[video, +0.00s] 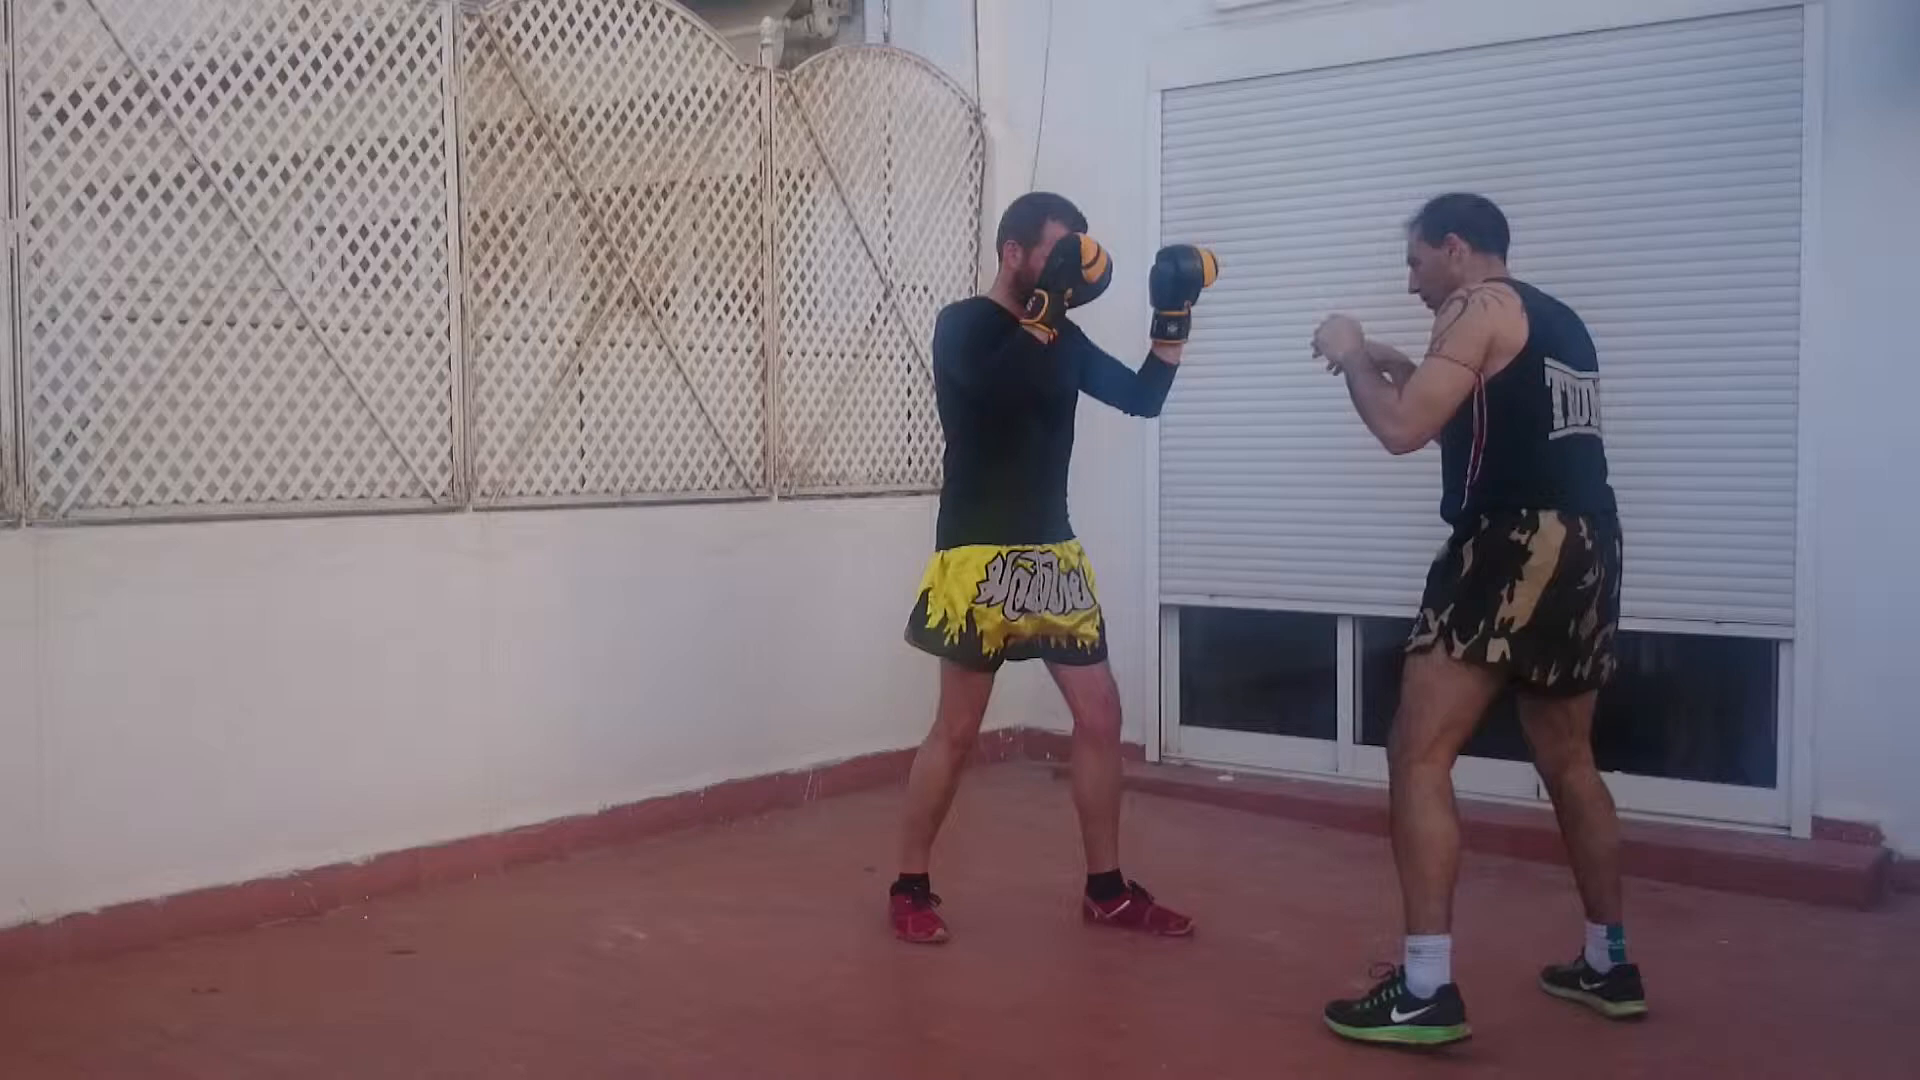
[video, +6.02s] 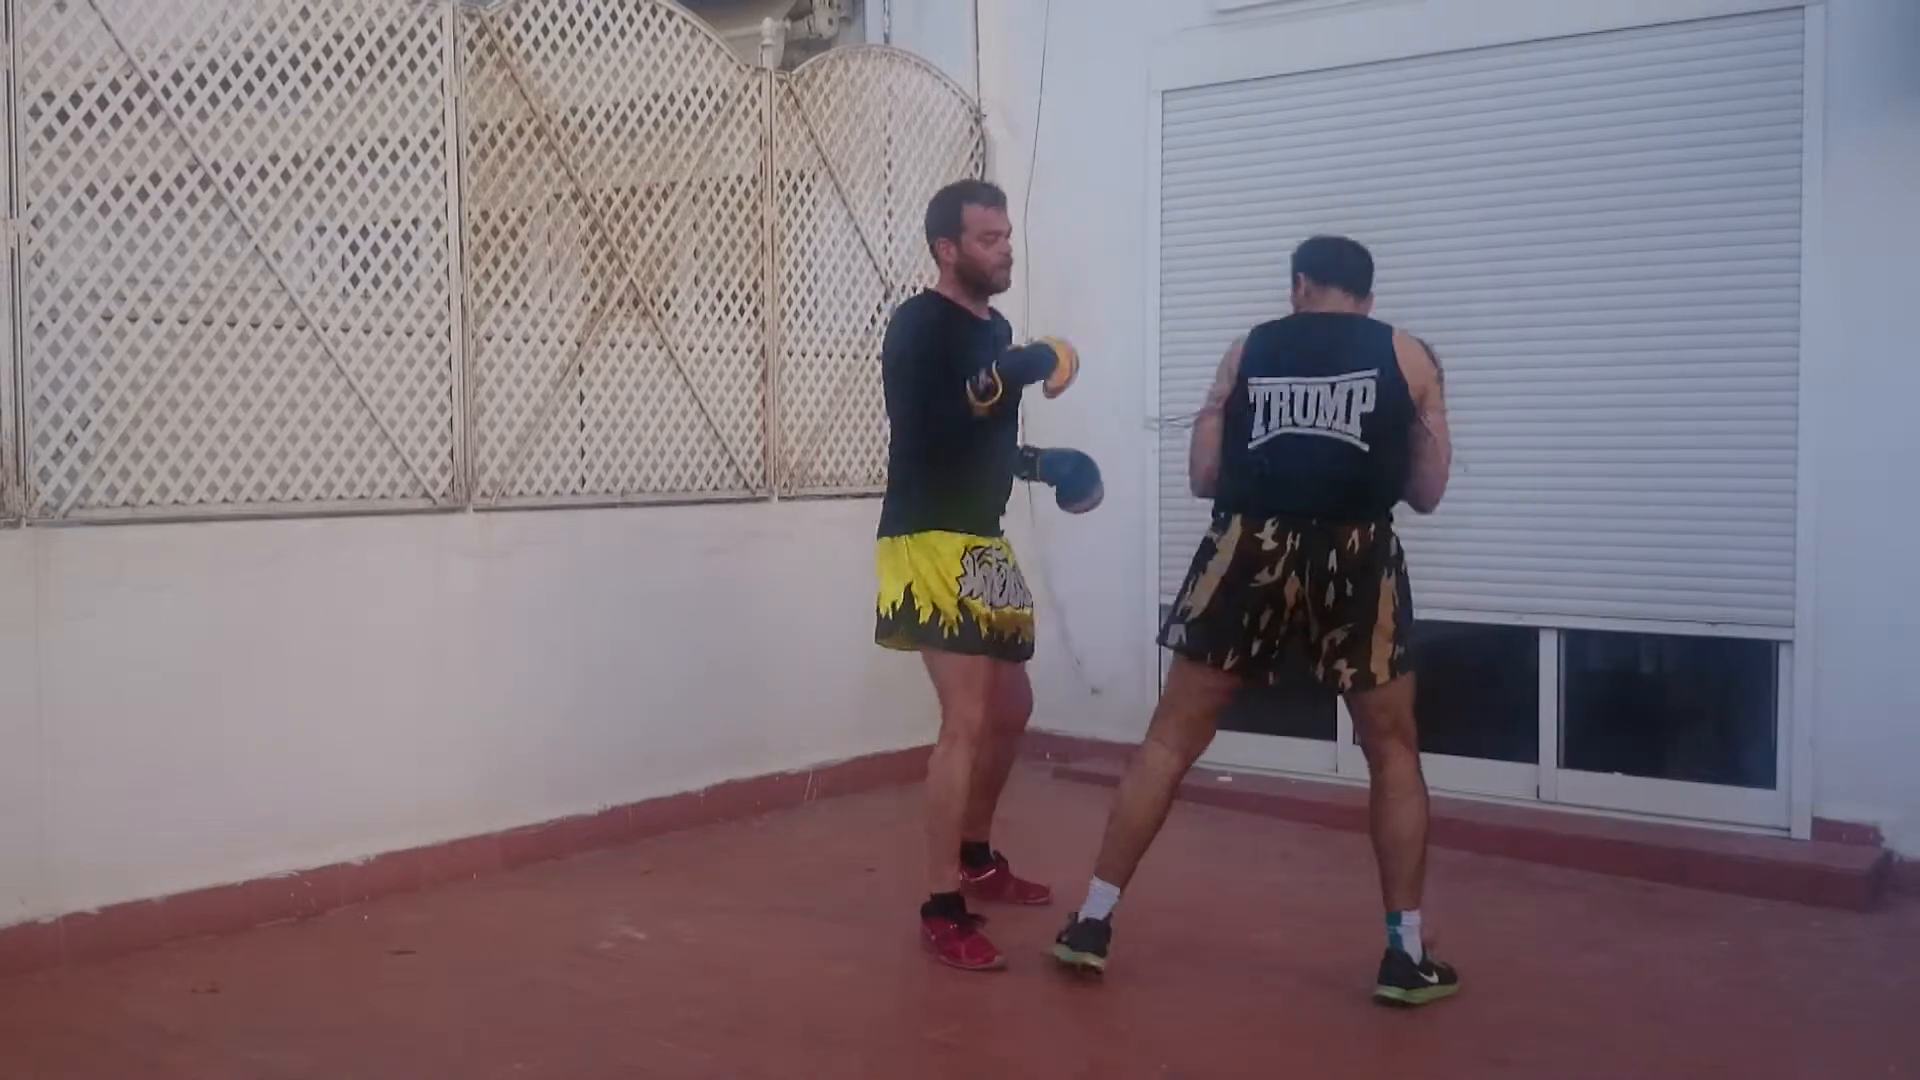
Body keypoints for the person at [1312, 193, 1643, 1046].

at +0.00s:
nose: (1414, 280)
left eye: (1417, 262)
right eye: (1411, 266)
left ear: (1458, 248)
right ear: (1487, 248)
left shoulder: (1483, 311)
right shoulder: (1564, 321)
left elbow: (1401, 426)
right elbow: (1477, 411)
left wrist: (1355, 351)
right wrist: (1390, 369)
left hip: (1509, 549)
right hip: (1585, 554)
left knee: (1420, 754)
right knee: (1569, 761)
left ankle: (1424, 987)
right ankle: (1609, 962)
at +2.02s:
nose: (1294, 310)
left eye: (1289, 301)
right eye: (1276, 300)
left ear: (1223, 345)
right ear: (1232, 326)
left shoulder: (1198, 427)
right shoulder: (1263, 350)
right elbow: (1390, 361)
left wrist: (1316, 385)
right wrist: (1318, 361)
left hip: (1220, 593)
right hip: (1294, 572)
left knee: (1252, 769)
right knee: (1405, 774)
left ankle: (1123, 922)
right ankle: (1396, 1013)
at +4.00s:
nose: (1409, 244)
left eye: (1412, 227)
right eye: (1409, 229)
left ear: (1446, 220)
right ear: (1500, 225)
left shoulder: (1456, 294)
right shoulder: (1570, 301)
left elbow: (1376, 421)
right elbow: (1518, 395)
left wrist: (1332, 338)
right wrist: (1434, 333)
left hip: (1487, 560)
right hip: (1590, 565)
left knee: (1389, 772)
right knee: (1595, 794)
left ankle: (1408, 1016)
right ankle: (1632, 1019)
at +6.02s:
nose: (1292, 302)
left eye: (1292, 290)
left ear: (1298, 289)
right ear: (1369, 295)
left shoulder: (1248, 348)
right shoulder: (1410, 356)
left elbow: (1204, 473)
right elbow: (1427, 491)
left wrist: (1278, 453)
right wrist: (1378, 431)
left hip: (1248, 551)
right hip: (1358, 559)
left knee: (1172, 738)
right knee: (1392, 748)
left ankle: (1092, 921)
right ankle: (1406, 954)